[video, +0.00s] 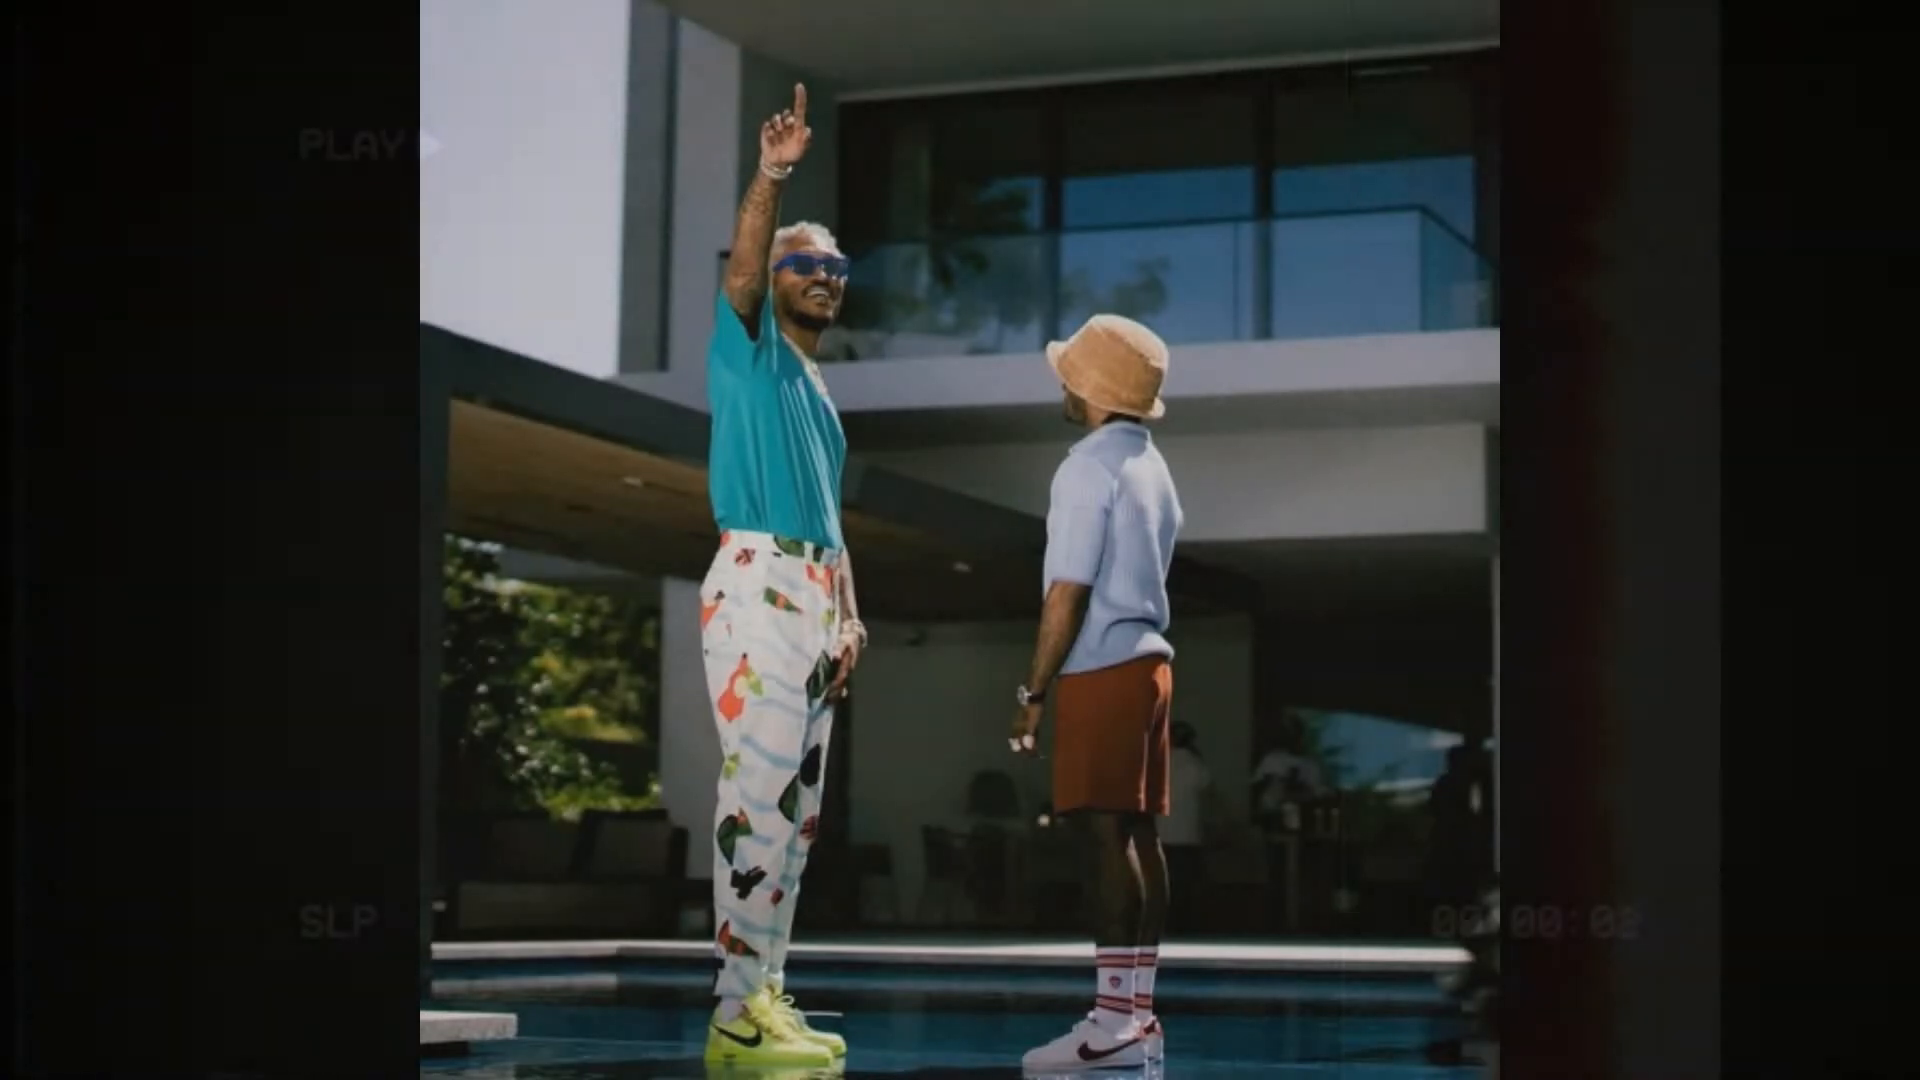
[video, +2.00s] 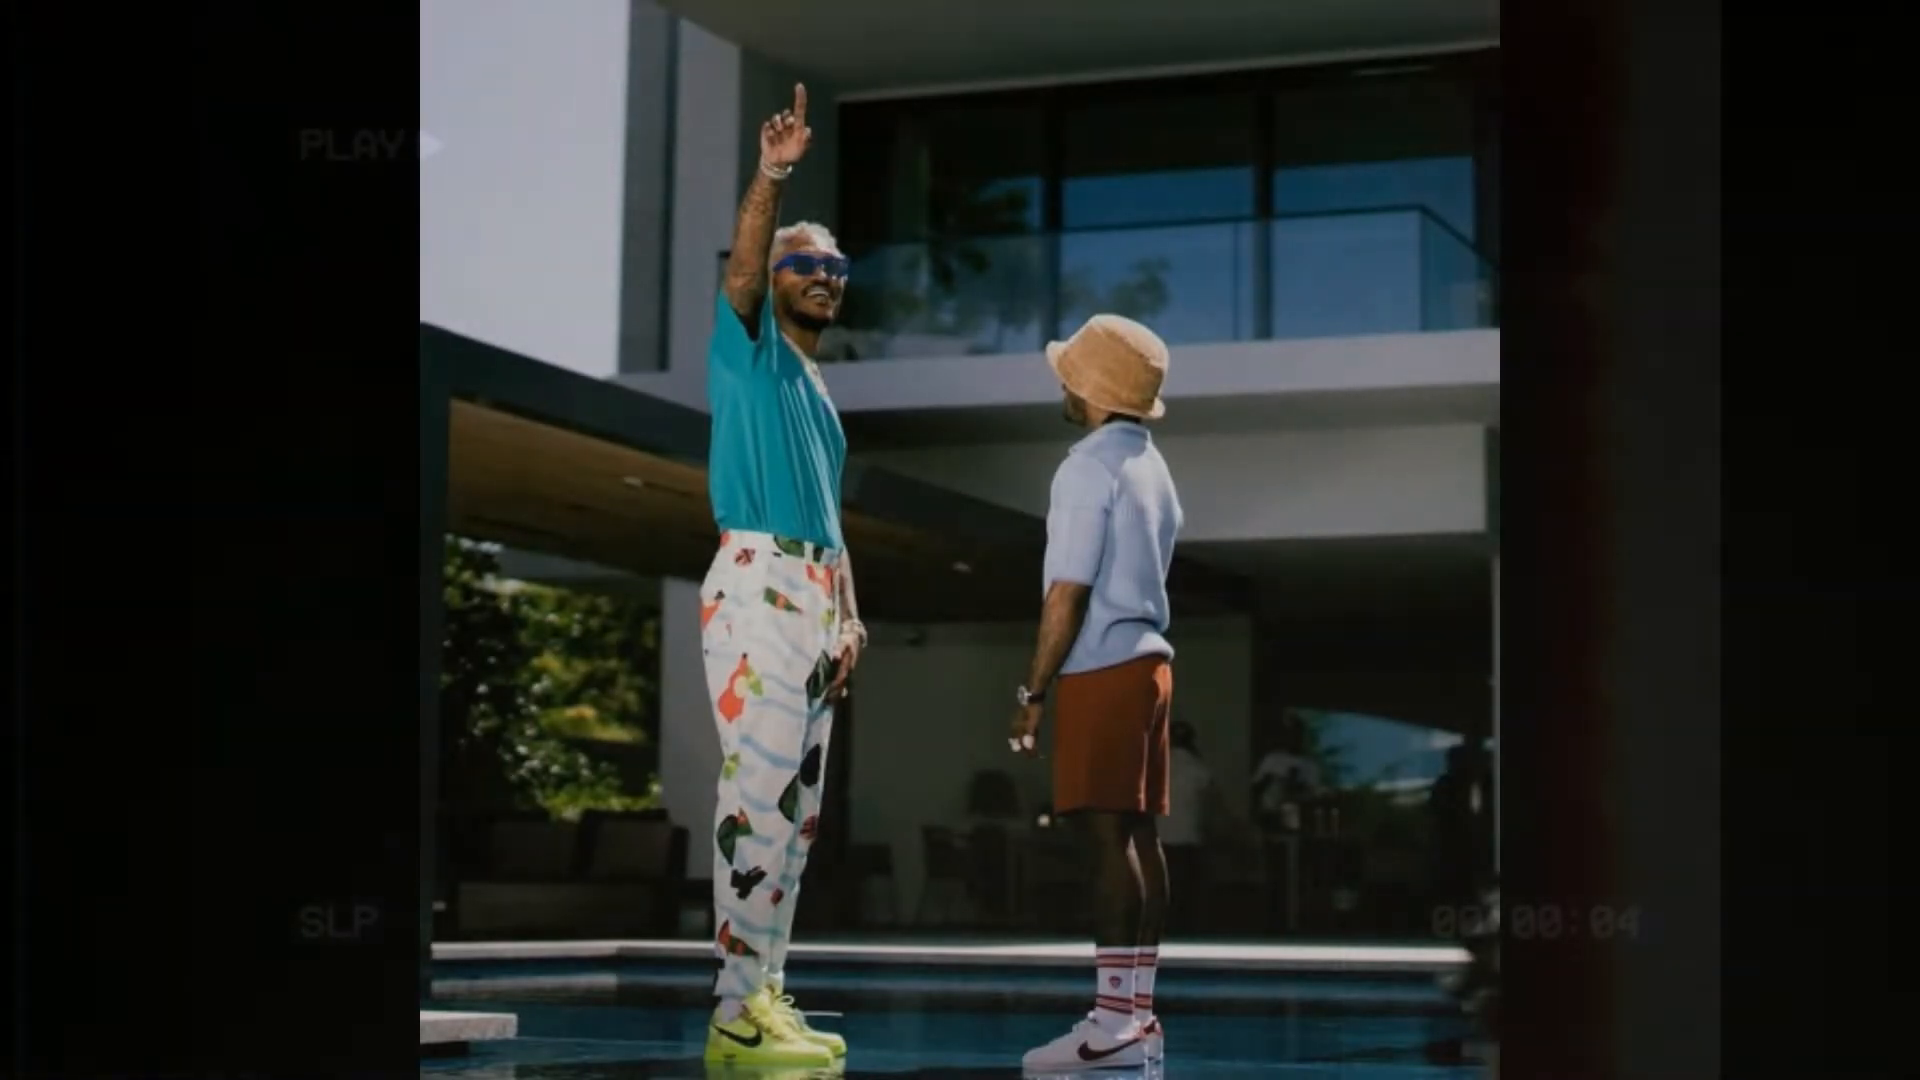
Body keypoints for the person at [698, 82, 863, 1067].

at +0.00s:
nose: (822, 281)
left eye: (833, 272)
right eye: (805, 267)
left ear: (842, 292)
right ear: (770, 279)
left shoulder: (819, 395)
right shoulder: (744, 344)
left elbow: (827, 521)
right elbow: (744, 266)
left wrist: (847, 613)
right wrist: (770, 173)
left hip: (813, 590)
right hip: (756, 582)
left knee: (793, 799)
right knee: (759, 793)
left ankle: (758, 1003)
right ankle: (746, 1006)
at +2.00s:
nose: (823, 281)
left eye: (834, 272)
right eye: (805, 267)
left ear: (842, 292)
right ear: (770, 278)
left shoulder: (820, 396)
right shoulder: (745, 344)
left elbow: (827, 522)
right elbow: (744, 267)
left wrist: (848, 613)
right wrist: (770, 173)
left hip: (814, 591)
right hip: (756, 582)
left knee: (793, 798)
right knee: (759, 792)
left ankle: (760, 1000)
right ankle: (745, 1006)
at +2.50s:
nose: (823, 282)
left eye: (834, 273)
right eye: (805, 268)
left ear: (842, 292)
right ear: (770, 279)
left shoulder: (819, 396)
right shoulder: (744, 344)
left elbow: (827, 521)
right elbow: (744, 268)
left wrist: (847, 613)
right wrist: (770, 173)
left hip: (814, 590)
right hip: (756, 581)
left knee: (794, 797)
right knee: (758, 791)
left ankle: (758, 1003)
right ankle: (746, 1006)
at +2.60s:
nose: (823, 282)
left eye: (834, 273)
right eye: (805, 268)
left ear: (842, 292)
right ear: (770, 279)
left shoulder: (819, 396)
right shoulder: (744, 344)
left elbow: (827, 521)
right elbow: (744, 268)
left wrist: (847, 613)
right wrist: (770, 173)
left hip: (814, 590)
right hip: (756, 581)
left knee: (794, 797)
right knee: (758, 791)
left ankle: (758, 1003)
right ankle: (746, 1006)